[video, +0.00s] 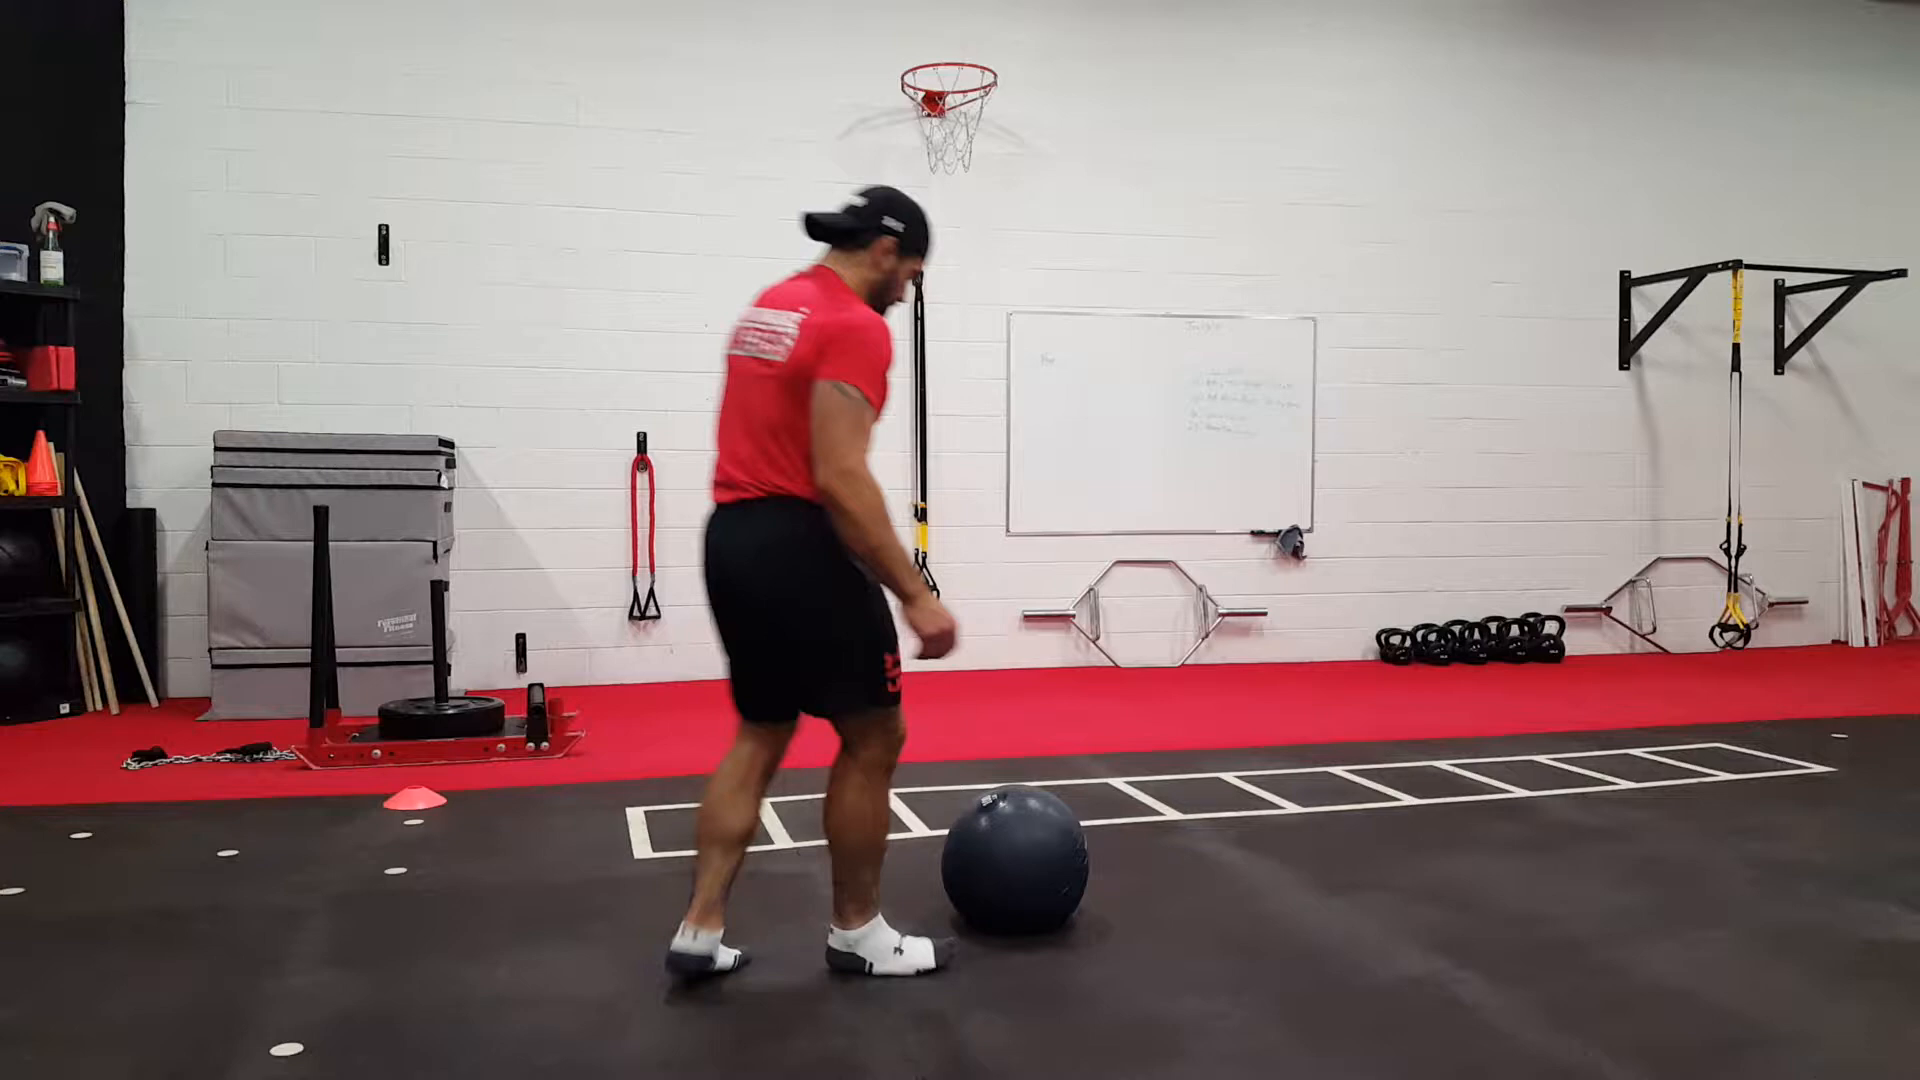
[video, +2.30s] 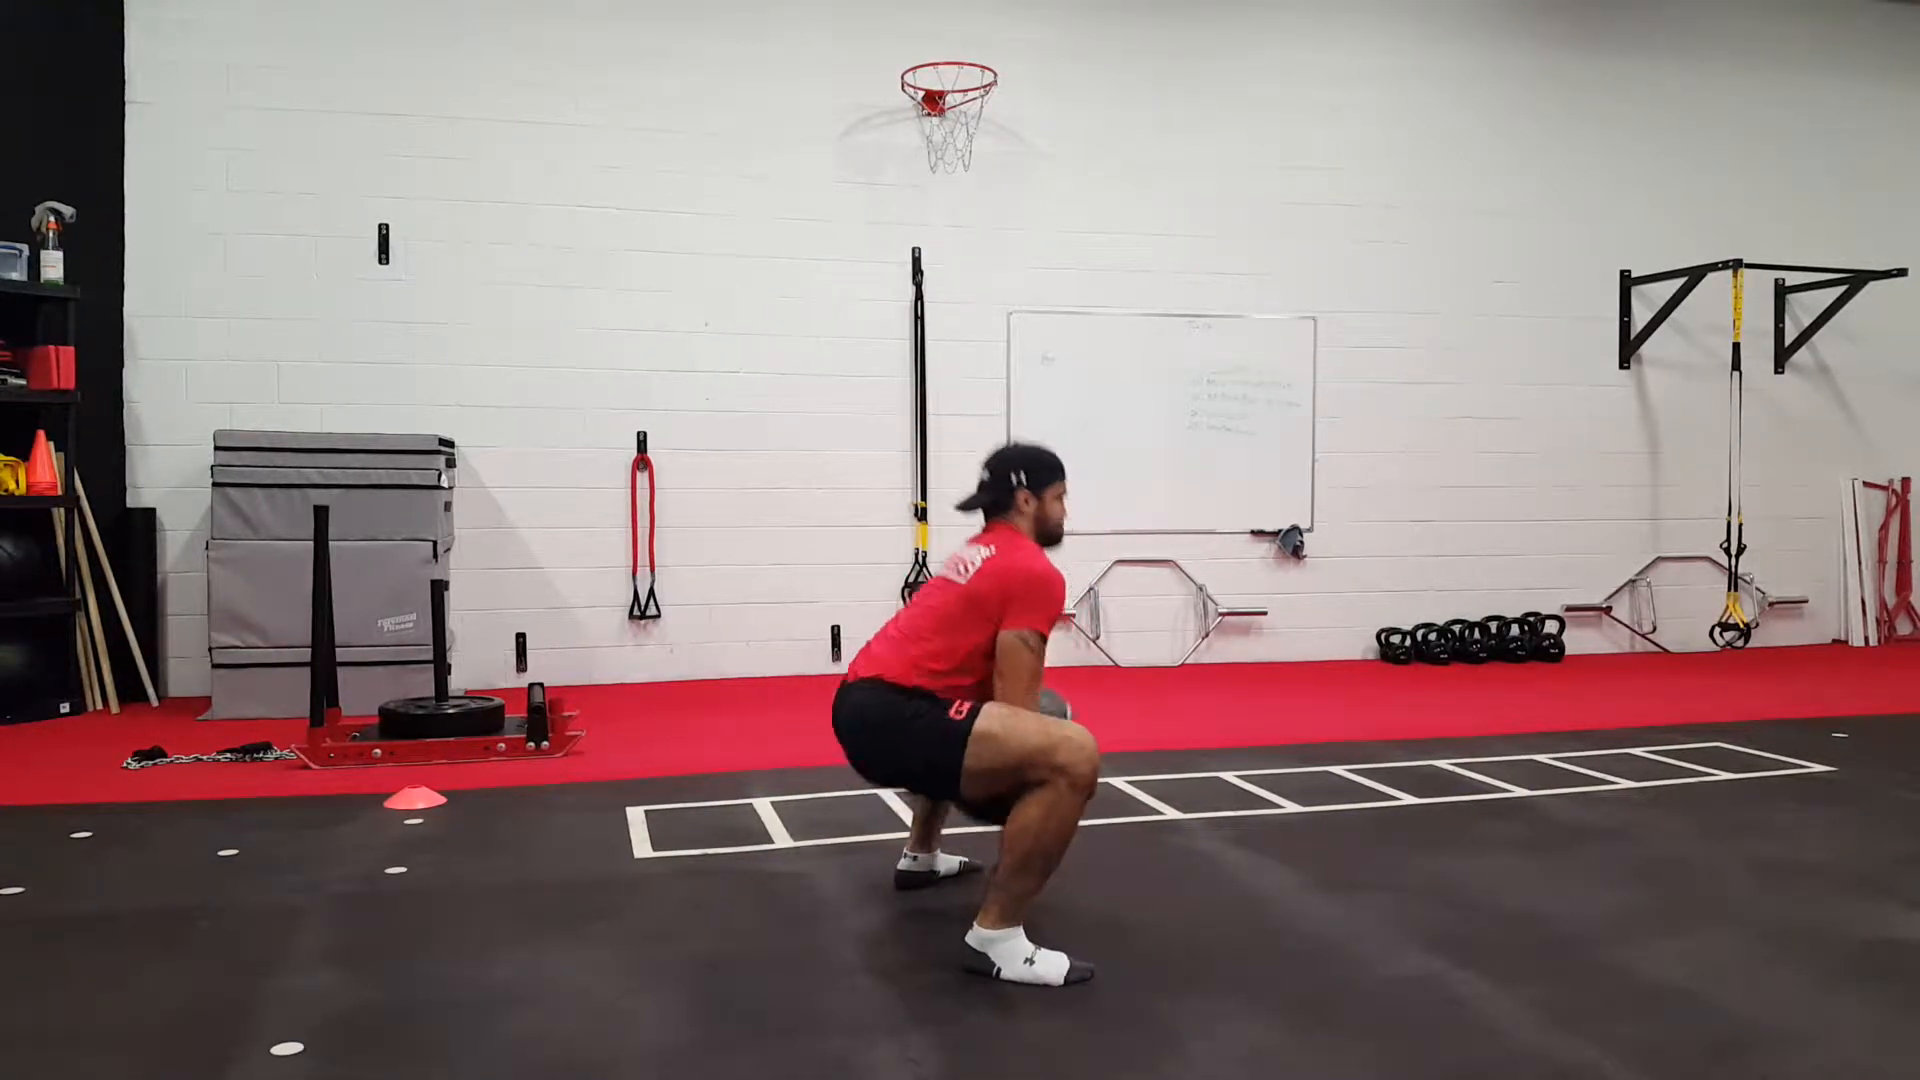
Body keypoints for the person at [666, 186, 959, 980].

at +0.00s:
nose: (908, 288)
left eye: (914, 275)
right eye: (910, 271)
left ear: (851, 244)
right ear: (882, 249)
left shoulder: (776, 301)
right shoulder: (853, 326)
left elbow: (763, 448)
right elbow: (839, 472)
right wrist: (915, 595)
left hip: (736, 538)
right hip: (806, 541)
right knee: (873, 735)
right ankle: (857, 927)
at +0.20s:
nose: (958, 312)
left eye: (964, 298)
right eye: (960, 294)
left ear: (901, 270)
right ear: (933, 275)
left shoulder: (829, 324)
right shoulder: (903, 357)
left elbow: (836, 467)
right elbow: (915, 512)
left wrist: (902, 561)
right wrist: (980, 622)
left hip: (784, 545)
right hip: (845, 555)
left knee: (838, 702)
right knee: (916, 742)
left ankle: (754, 846)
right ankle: (865, 929)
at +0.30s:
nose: (986, 322)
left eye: (993, 309)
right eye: (989, 305)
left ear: (934, 277)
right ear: (961, 282)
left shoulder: (860, 326)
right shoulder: (937, 355)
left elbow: (864, 475)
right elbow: (940, 504)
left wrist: (918, 563)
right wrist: (990, 614)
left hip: (804, 536)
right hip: (857, 543)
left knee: (867, 695)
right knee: (930, 741)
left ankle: (828, 847)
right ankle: (866, 924)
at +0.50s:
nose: (1036, 385)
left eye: (1041, 371)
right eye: (1038, 368)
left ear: (996, 341)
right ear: (1014, 345)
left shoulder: (933, 394)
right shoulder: (969, 413)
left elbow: (936, 557)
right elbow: (970, 561)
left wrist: (975, 653)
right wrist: (1016, 677)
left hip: (824, 569)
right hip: (858, 577)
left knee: (924, 708)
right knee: (1009, 717)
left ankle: (913, 853)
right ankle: (966, 906)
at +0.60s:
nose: (1057, 447)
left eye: (1063, 432)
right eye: (1058, 429)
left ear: (1016, 410)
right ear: (1032, 410)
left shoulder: (952, 459)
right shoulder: (988, 487)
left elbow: (960, 617)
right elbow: (998, 640)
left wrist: (992, 726)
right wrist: (1044, 767)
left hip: (826, 616)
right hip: (859, 627)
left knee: (938, 712)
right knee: (1029, 736)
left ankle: (915, 854)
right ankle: (991, 934)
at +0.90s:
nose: (1089, 565)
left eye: (1094, 553)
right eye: (1092, 550)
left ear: (1049, 533)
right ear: (1065, 536)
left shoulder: (981, 570)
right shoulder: (1032, 610)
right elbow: (1019, 750)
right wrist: (1041, 872)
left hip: (850, 716)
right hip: (882, 730)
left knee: (962, 719)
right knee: (1070, 758)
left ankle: (916, 854)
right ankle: (996, 935)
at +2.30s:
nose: (1066, 511)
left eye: (1065, 498)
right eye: (1060, 498)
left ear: (1016, 502)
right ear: (1026, 500)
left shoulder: (979, 552)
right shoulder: (1032, 571)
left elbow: (973, 689)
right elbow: (1016, 710)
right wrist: (1018, 805)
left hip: (862, 702)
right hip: (894, 714)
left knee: (966, 716)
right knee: (1073, 757)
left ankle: (920, 852)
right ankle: (995, 932)